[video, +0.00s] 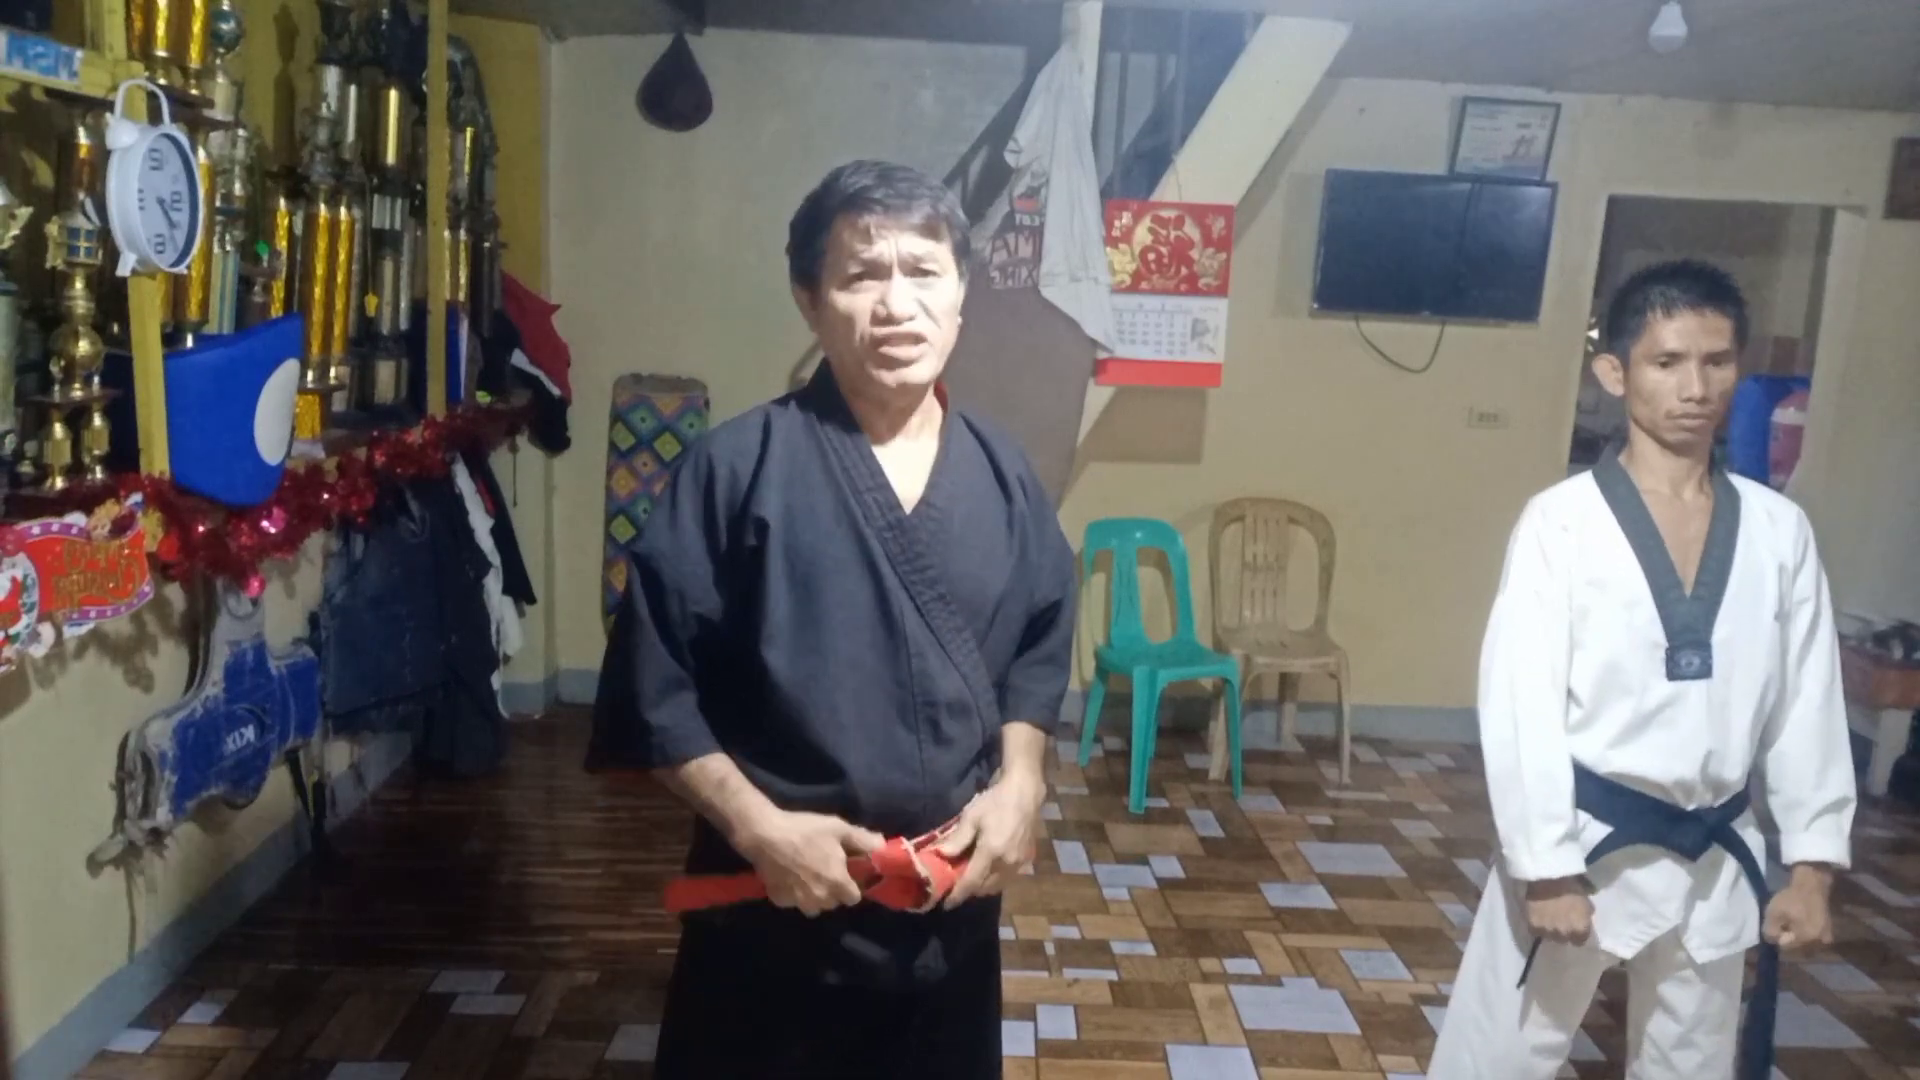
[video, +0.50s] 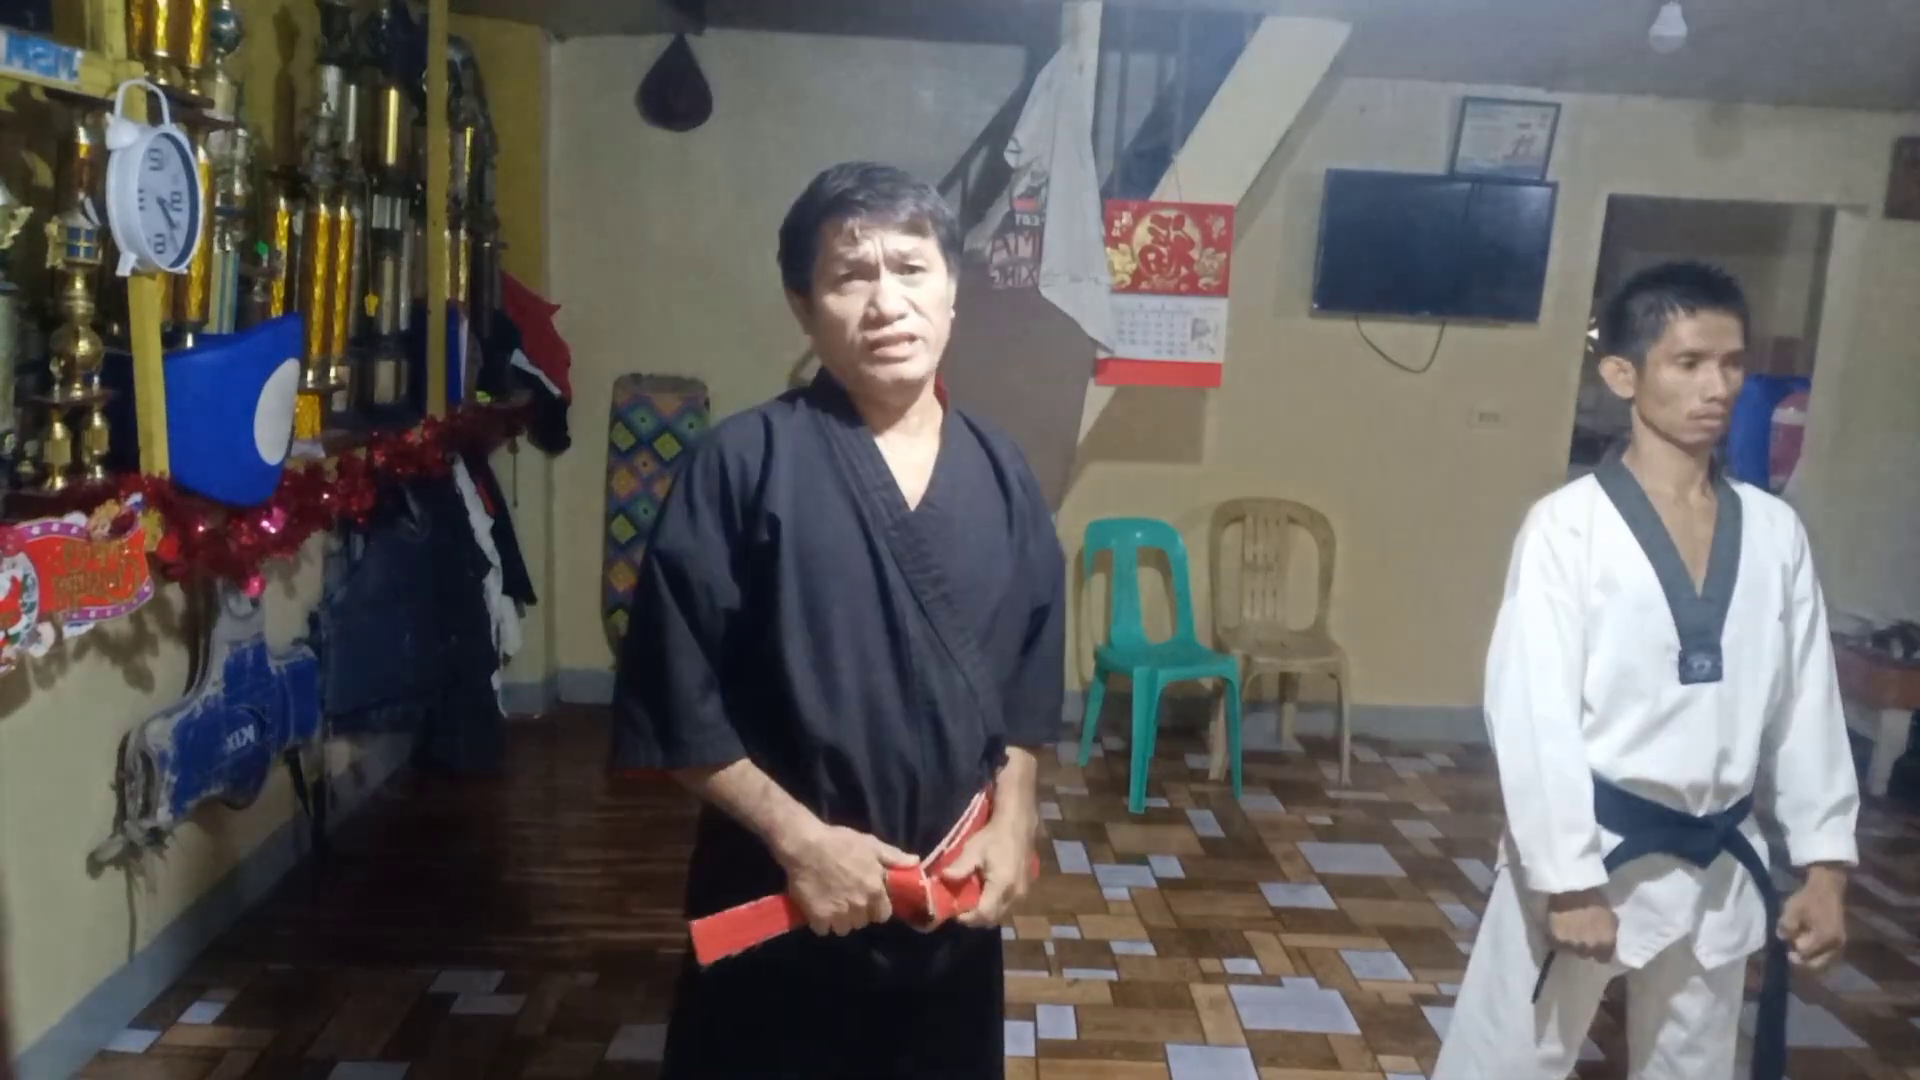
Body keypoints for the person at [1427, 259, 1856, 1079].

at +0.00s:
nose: (1697, 386)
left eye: (1717, 360)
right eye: (1667, 361)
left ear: (1738, 369)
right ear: (1612, 374)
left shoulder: (1780, 529)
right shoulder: (1559, 523)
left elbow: (1809, 704)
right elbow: (1519, 702)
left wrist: (1814, 864)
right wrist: (1546, 867)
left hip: (1720, 863)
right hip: (1580, 856)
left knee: (1692, 1070)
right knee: (1495, 1063)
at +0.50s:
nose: (1718, 387)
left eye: (1730, 362)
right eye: (1689, 363)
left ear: (1745, 368)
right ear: (1621, 376)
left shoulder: (1775, 530)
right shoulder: (1565, 527)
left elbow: (1808, 705)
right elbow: (1531, 710)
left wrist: (1826, 866)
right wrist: (1570, 880)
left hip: (1721, 870)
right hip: (1581, 864)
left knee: (1693, 1071)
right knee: (1506, 1066)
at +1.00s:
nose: (1724, 385)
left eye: (1738, 362)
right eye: (1696, 361)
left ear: (1751, 372)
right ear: (1628, 374)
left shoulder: (1778, 533)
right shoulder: (1568, 526)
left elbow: (1813, 711)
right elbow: (1535, 711)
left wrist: (1837, 873)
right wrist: (1580, 885)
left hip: (1726, 883)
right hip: (1586, 876)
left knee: (1704, 1070)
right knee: (1528, 1067)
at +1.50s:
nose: (1714, 386)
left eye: (1727, 362)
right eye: (1685, 362)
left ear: (1741, 370)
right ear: (1618, 375)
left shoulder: (1769, 530)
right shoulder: (1561, 526)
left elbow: (1803, 703)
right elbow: (1529, 711)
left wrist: (1827, 867)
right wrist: (1569, 885)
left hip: (1710, 869)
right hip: (1578, 864)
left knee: (1684, 1069)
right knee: (1517, 1065)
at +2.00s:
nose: (1707, 388)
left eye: (1721, 364)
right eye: (1677, 364)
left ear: (1736, 371)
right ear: (1613, 376)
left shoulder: (1769, 529)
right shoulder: (1559, 528)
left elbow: (1806, 701)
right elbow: (1529, 712)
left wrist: (1829, 864)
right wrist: (1570, 881)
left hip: (1720, 870)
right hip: (1585, 866)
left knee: (1693, 1070)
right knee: (1523, 1065)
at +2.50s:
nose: (1714, 389)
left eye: (1727, 366)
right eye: (1685, 366)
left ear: (1740, 372)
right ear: (1617, 376)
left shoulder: (1771, 531)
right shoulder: (1564, 529)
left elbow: (1805, 704)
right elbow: (1535, 713)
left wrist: (1829, 867)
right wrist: (1579, 887)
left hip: (1721, 873)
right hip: (1586, 868)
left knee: (1695, 1070)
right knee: (1527, 1065)